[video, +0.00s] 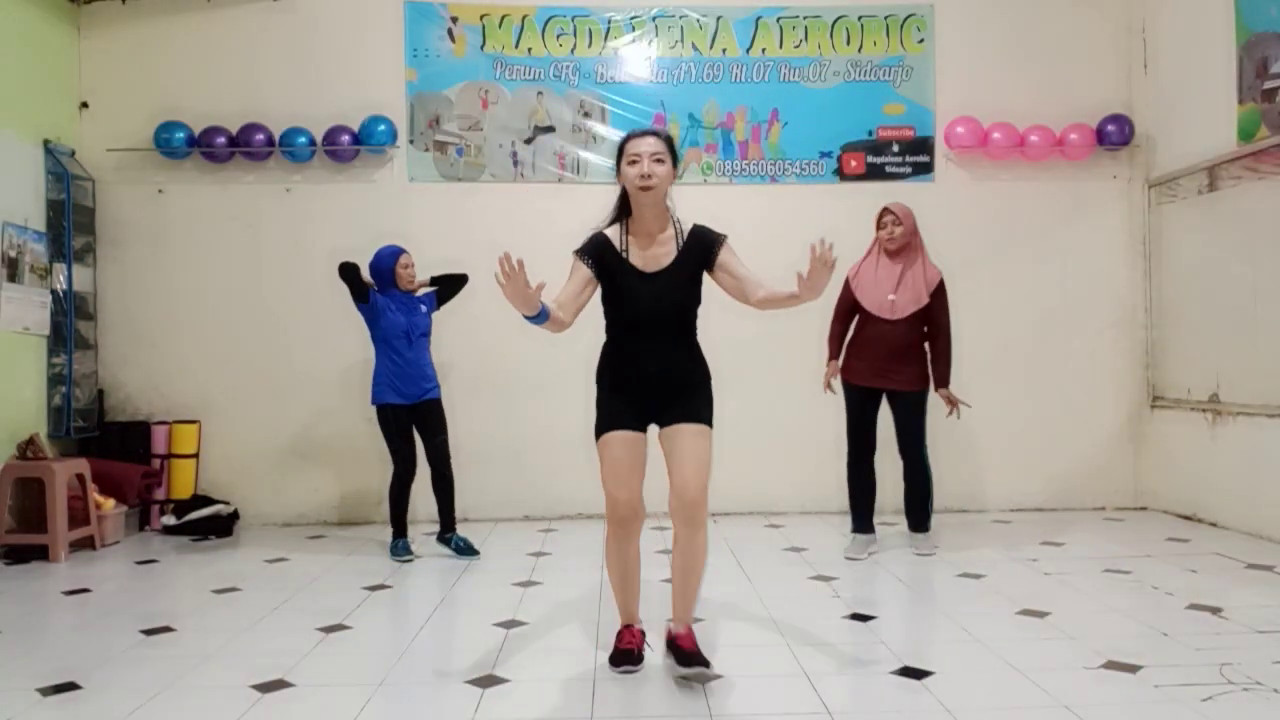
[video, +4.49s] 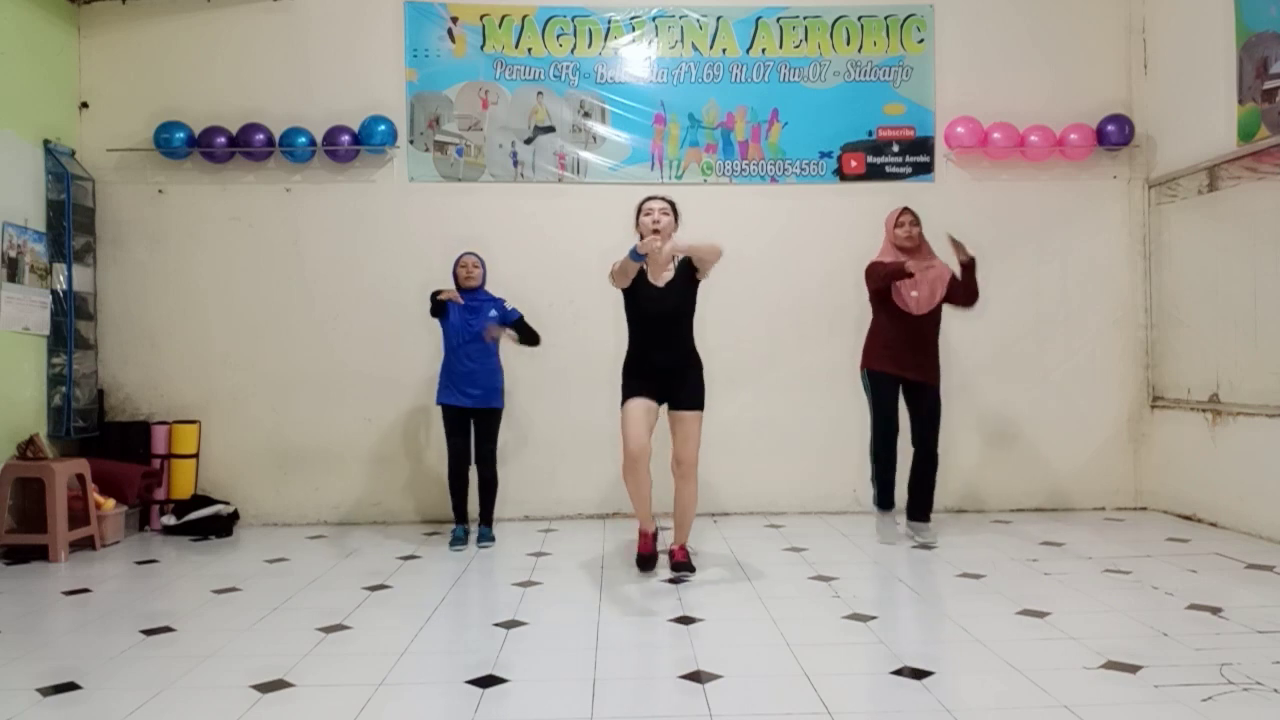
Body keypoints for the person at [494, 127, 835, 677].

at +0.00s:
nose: (646, 168)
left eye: (656, 159)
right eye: (634, 161)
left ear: (673, 172)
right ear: (620, 175)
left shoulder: (699, 242)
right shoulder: (602, 247)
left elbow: (754, 292)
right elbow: (561, 318)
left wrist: (804, 293)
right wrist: (531, 308)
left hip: (683, 383)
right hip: (620, 385)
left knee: (691, 503)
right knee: (623, 509)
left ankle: (682, 628)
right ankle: (629, 627)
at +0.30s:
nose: (650, 183)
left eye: (660, 176)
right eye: (639, 177)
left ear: (675, 191)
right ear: (625, 193)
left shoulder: (699, 254)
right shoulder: (610, 259)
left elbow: (735, 312)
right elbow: (579, 333)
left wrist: (753, 341)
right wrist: (563, 318)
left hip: (686, 381)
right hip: (628, 381)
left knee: (682, 497)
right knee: (627, 493)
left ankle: (678, 600)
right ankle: (633, 602)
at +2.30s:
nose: (662, 210)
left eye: (670, 203)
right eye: (653, 203)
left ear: (682, 213)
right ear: (641, 213)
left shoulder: (702, 268)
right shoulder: (627, 269)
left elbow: (720, 325)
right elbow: (606, 329)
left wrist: (702, 340)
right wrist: (618, 370)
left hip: (688, 375)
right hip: (640, 375)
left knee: (688, 472)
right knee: (636, 470)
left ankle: (686, 561)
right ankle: (643, 558)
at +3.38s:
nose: (647, 215)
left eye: (654, 210)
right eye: (638, 210)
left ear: (665, 223)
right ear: (627, 225)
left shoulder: (685, 272)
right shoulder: (616, 274)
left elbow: (705, 327)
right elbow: (606, 323)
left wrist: (689, 367)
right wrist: (609, 345)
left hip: (674, 375)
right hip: (629, 375)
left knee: (678, 466)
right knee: (632, 468)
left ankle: (668, 549)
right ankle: (632, 547)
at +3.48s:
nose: (647, 214)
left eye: (654, 210)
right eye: (639, 210)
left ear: (665, 223)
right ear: (627, 226)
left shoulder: (686, 272)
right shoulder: (619, 272)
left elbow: (707, 325)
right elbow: (605, 313)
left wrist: (691, 366)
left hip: (671, 372)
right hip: (628, 373)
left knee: (678, 451)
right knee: (630, 464)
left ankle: (669, 530)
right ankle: (631, 546)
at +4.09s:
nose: (655, 219)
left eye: (662, 213)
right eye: (647, 214)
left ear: (674, 225)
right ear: (637, 227)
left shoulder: (692, 273)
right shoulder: (627, 268)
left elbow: (697, 328)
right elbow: (622, 273)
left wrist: (675, 331)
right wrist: (641, 245)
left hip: (679, 371)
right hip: (636, 372)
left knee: (688, 464)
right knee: (642, 464)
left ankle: (675, 542)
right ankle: (644, 546)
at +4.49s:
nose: (656, 219)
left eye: (663, 214)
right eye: (648, 214)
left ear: (675, 226)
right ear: (637, 227)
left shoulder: (689, 267)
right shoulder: (628, 267)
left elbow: (714, 252)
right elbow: (620, 277)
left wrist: (678, 248)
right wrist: (637, 254)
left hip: (684, 370)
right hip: (640, 370)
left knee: (684, 462)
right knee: (634, 452)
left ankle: (680, 546)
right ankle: (646, 530)